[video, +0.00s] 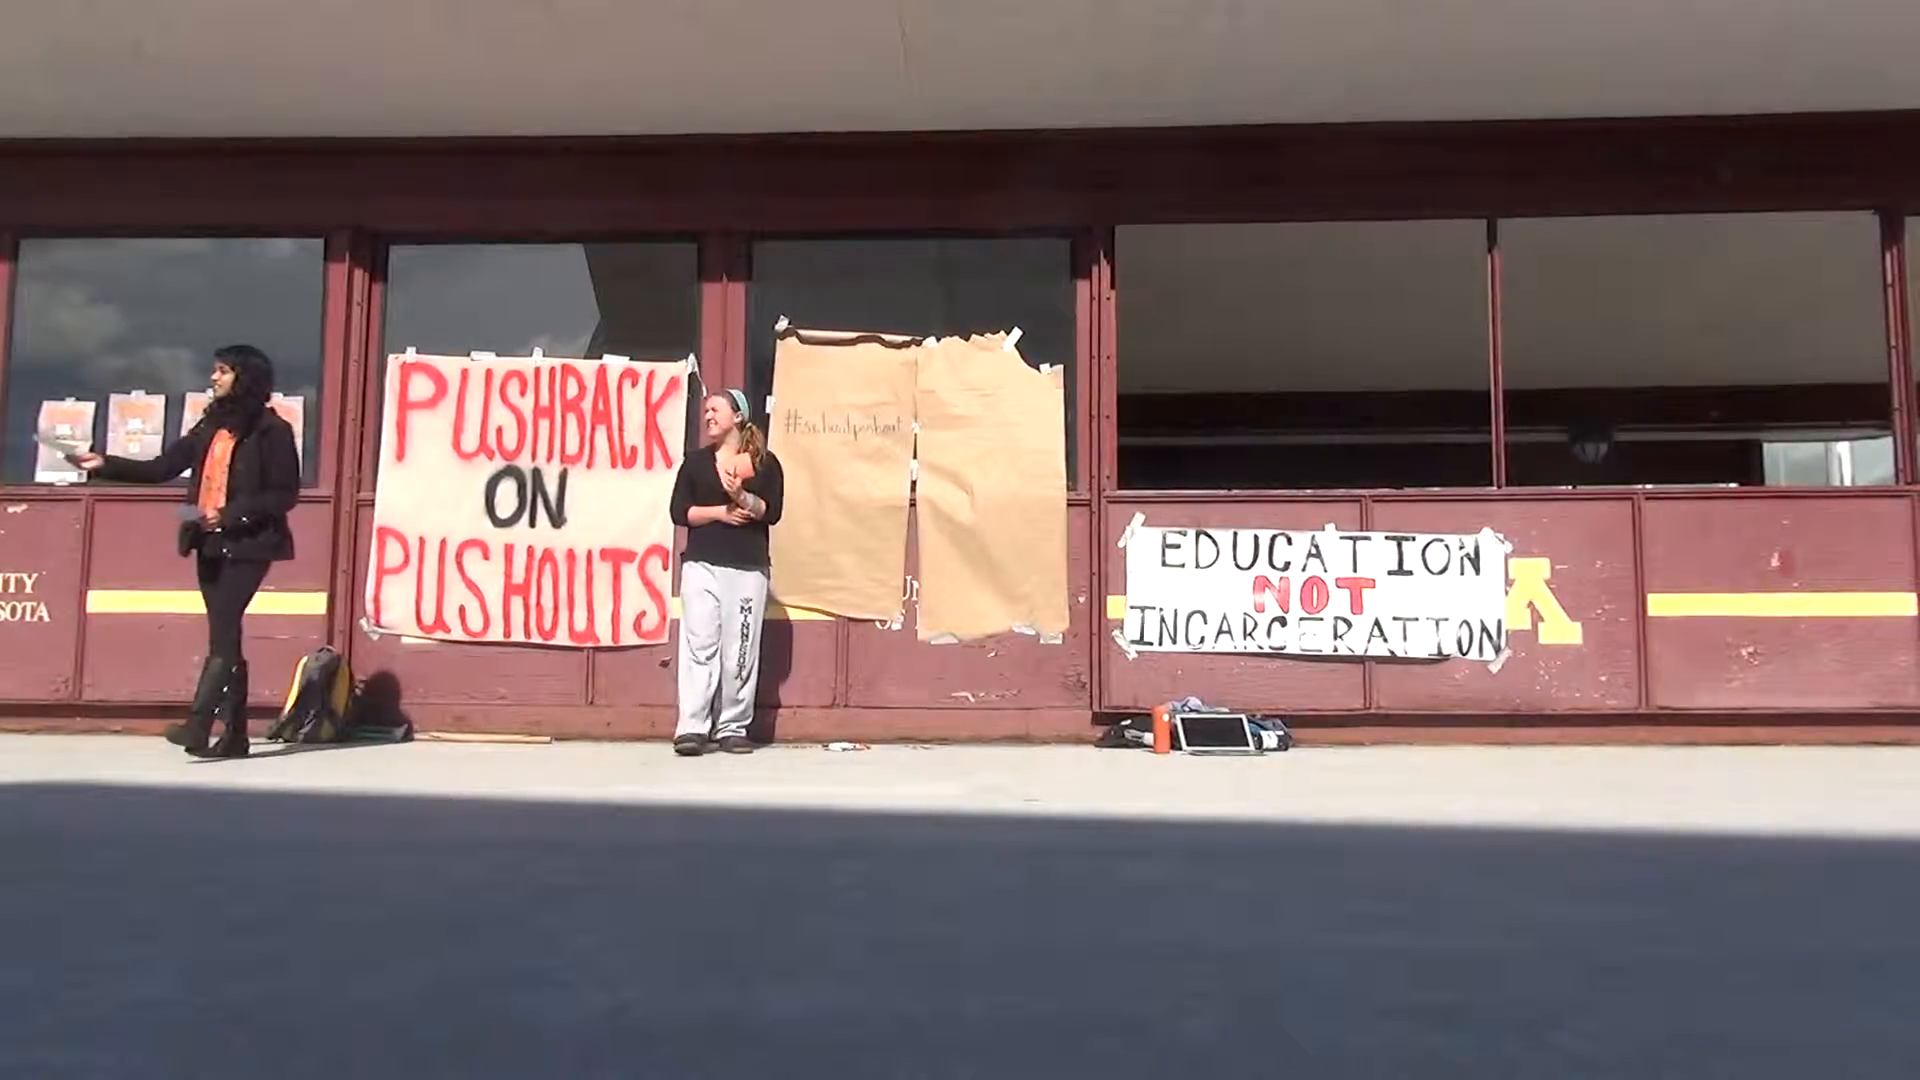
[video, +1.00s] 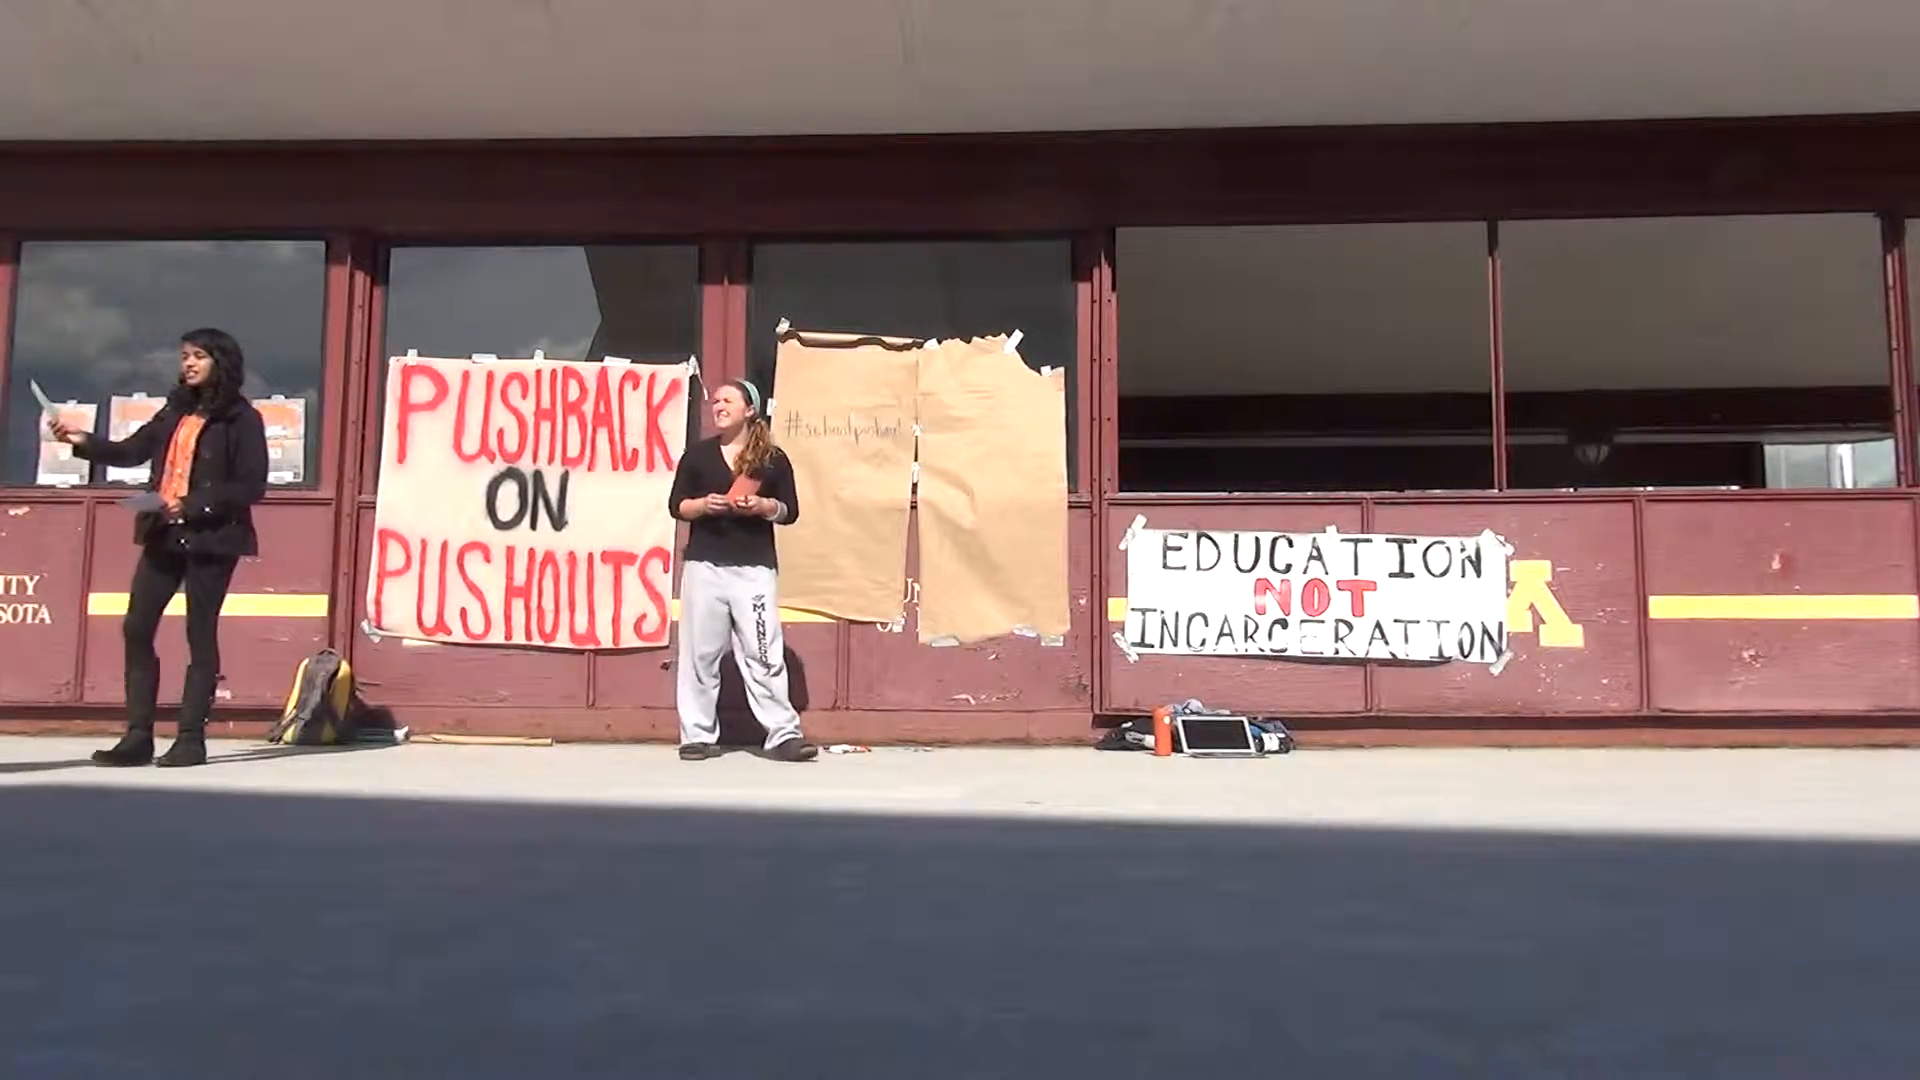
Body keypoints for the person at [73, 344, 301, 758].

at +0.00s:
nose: (214, 377)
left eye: (223, 371)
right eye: (215, 371)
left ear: (245, 379)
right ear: (222, 379)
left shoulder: (273, 430)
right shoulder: (213, 424)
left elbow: (285, 493)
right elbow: (164, 467)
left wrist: (233, 514)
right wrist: (106, 464)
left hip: (252, 544)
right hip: (212, 541)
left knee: (224, 622)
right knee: (224, 628)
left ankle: (199, 722)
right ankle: (236, 733)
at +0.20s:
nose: (208, 377)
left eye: (217, 370)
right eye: (208, 370)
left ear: (241, 377)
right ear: (214, 378)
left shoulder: (265, 428)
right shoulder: (204, 425)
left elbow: (276, 493)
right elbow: (155, 468)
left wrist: (220, 513)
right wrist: (96, 463)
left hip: (239, 544)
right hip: (198, 541)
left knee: (213, 626)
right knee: (217, 630)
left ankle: (191, 735)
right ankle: (235, 734)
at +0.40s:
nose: (201, 369)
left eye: (210, 363)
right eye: (201, 363)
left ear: (235, 370)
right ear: (205, 371)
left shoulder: (257, 424)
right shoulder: (194, 421)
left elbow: (264, 490)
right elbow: (145, 463)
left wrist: (210, 504)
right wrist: (90, 457)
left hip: (228, 540)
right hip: (188, 538)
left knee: (206, 628)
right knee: (205, 630)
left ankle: (190, 736)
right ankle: (232, 728)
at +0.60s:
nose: (195, 368)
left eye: (205, 361)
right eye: (195, 361)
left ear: (229, 368)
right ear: (196, 369)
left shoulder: (250, 422)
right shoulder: (186, 418)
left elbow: (258, 489)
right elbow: (138, 459)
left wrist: (202, 503)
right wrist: (83, 454)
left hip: (220, 543)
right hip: (179, 540)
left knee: (202, 635)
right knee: (177, 635)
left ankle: (190, 738)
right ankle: (219, 714)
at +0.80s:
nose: (192, 366)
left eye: (201, 359)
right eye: (190, 359)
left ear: (225, 366)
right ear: (189, 366)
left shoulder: (246, 421)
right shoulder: (179, 413)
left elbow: (254, 488)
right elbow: (136, 454)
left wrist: (199, 502)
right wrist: (79, 447)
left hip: (216, 541)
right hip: (172, 537)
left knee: (202, 632)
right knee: (153, 632)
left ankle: (191, 739)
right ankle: (197, 712)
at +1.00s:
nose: (186, 364)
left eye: (196, 357)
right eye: (184, 358)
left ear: (220, 363)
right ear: (183, 365)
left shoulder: (243, 418)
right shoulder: (176, 411)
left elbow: (252, 487)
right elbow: (132, 452)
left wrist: (191, 505)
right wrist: (78, 442)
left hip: (214, 541)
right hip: (167, 536)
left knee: (200, 632)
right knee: (137, 627)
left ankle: (191, 739)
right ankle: (139, 736)